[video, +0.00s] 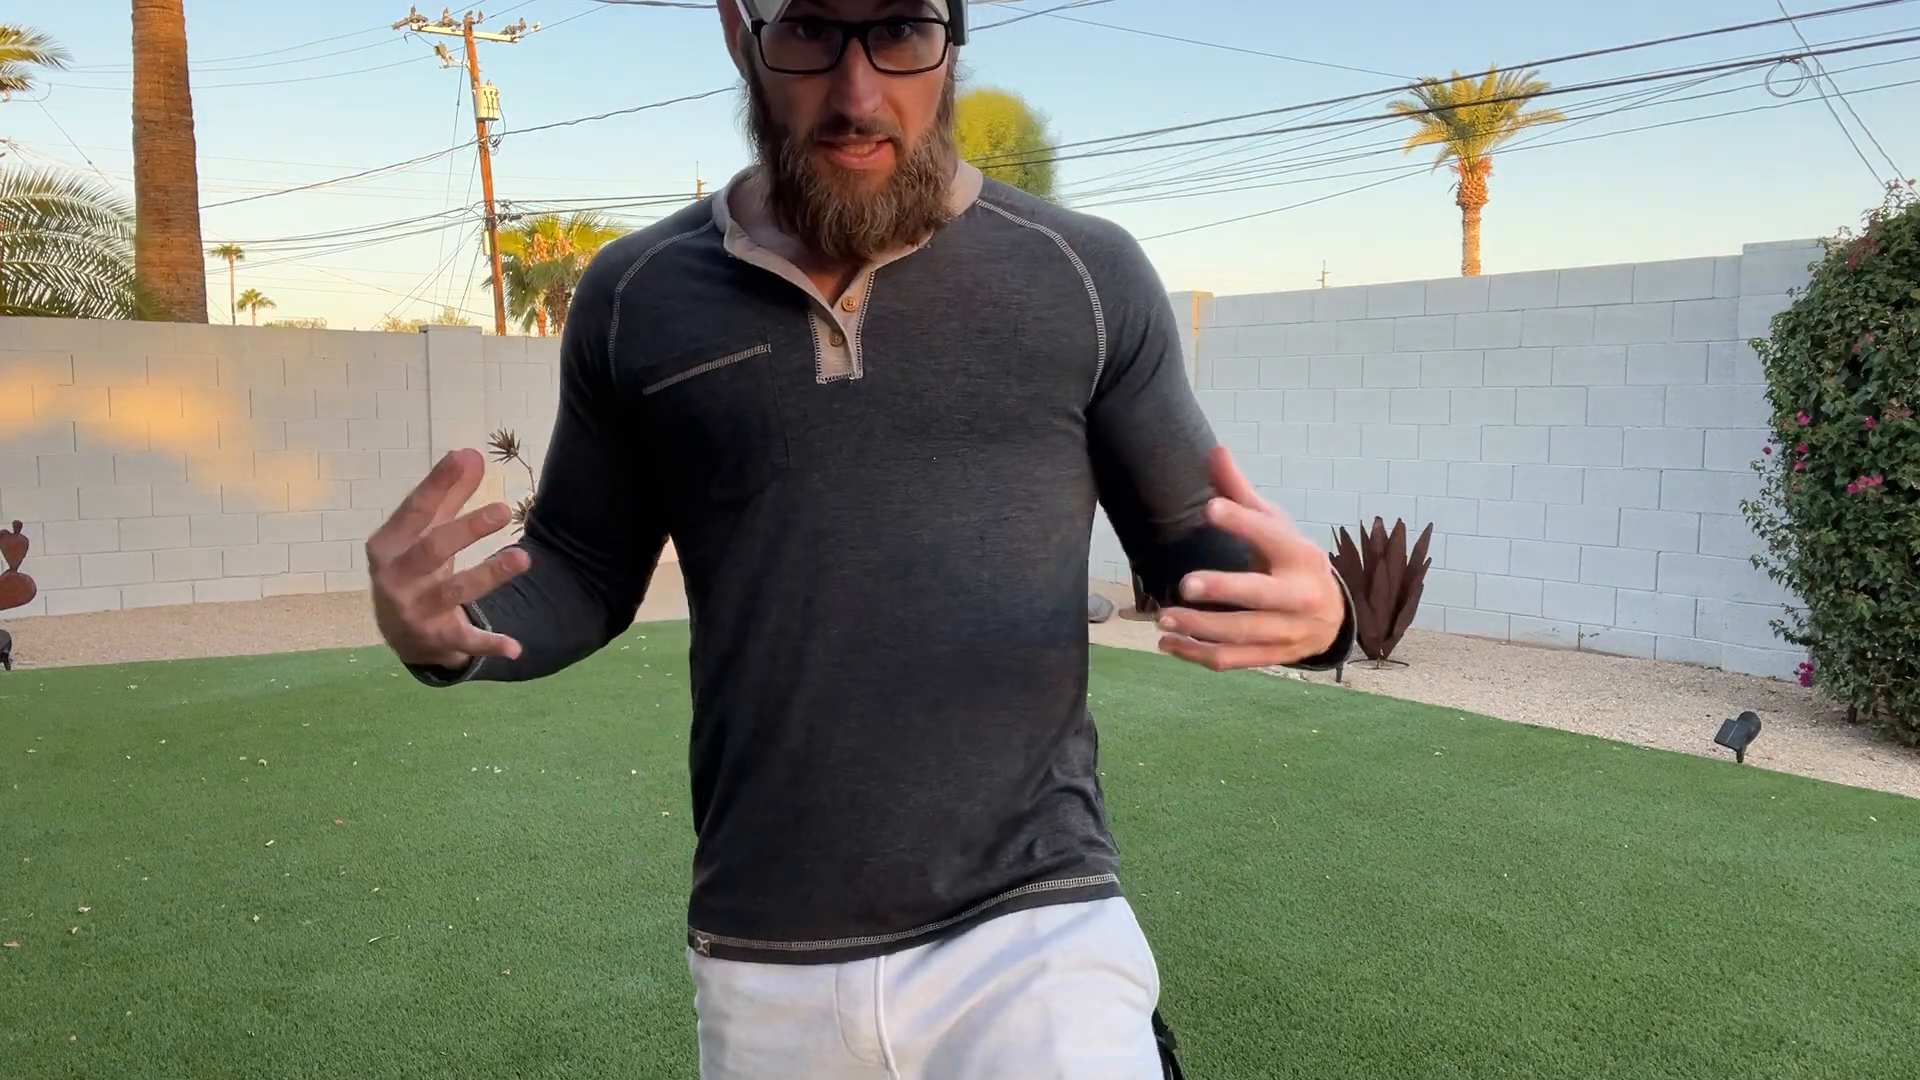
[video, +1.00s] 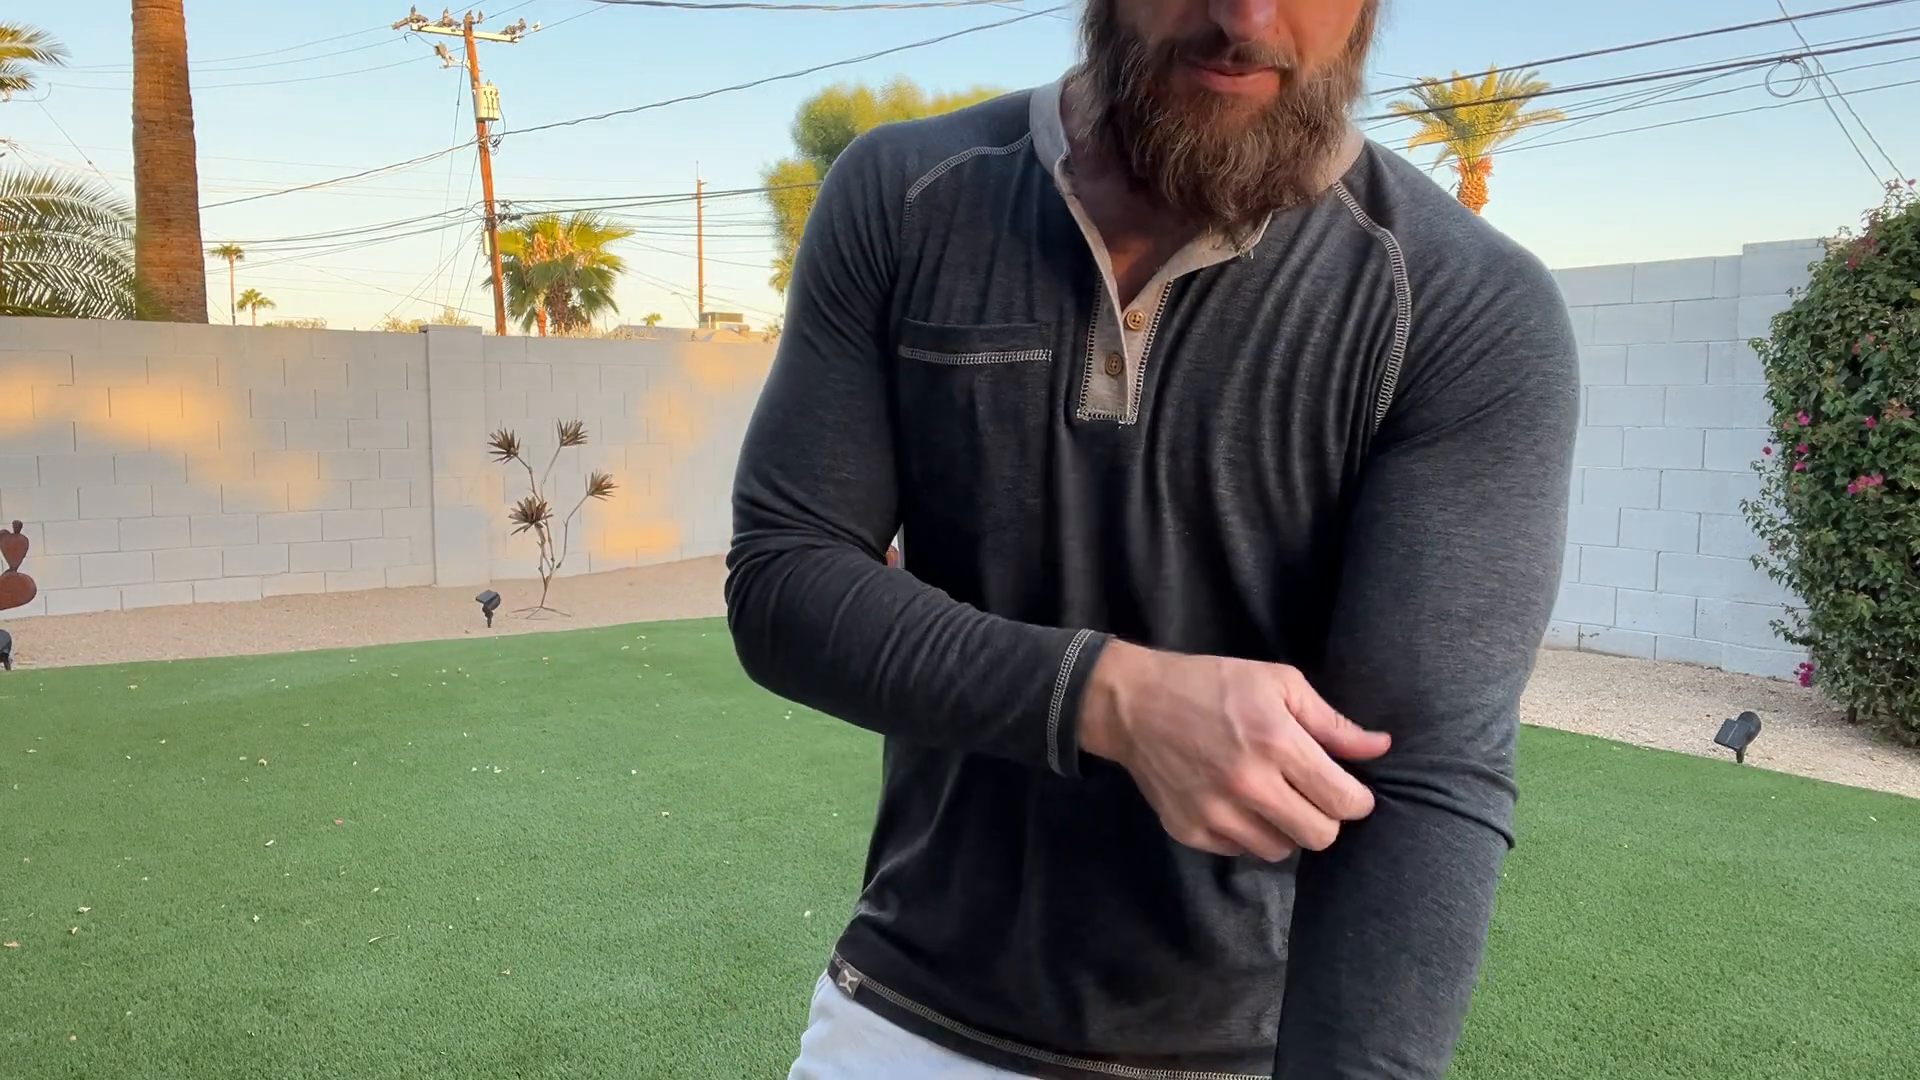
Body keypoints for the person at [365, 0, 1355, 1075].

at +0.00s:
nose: (856, 89)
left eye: (900, 38)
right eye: (808, 40)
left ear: (953, 47)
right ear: (742, 46)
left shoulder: (1085, 275)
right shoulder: (638, 302)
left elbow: (1193, 551)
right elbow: (579, 563)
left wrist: (1315, 609)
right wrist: (442, 633)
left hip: (1034, 934)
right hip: (766, 960)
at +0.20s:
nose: (890, 78)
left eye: (938, 30)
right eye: (841, 28)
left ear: (990, 42)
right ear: (774, 32)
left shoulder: (1120, 281)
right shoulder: (652, 296)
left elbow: (1205, 564)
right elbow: (603, 567)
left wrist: (1347, 646)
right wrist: (463, 635)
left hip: (1047, 949)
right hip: (779, 971)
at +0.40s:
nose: (957, 67)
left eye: (1004, 15)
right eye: (905, 18)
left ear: (1057, 30)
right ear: (837, 27)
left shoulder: (1190, 280)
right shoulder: (697, 289)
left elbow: (1289, 591)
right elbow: (637, 596)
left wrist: (1392, 705)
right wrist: (525, 702)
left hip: (1110, 1006)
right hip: (810, 1013)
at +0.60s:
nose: (1064, 42)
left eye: (1109, 3)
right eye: (1019, 1)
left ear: (1168, 24)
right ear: (942, 14)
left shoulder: (1289, 286)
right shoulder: (760, 269)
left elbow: (1369, 647)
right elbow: (678, 592)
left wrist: (1311, 927)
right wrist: (752, 789)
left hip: (1177, 1030)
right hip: (870, 1033)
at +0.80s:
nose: (1176, 14)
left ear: (1291, 13)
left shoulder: (1407, 298)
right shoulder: (849, 236)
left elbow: (1395, 720)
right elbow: (762, 617)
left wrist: (1249, 1057)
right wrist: (1096, 719)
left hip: (1224, 1034)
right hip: (908, 1035)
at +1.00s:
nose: (1246, 19)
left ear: (1367, 6)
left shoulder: (1469, 309)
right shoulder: (897, 200)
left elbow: (1426, 783)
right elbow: (784, 585)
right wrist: (1111, 696)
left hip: (1254, 1045)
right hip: (916, 1021)